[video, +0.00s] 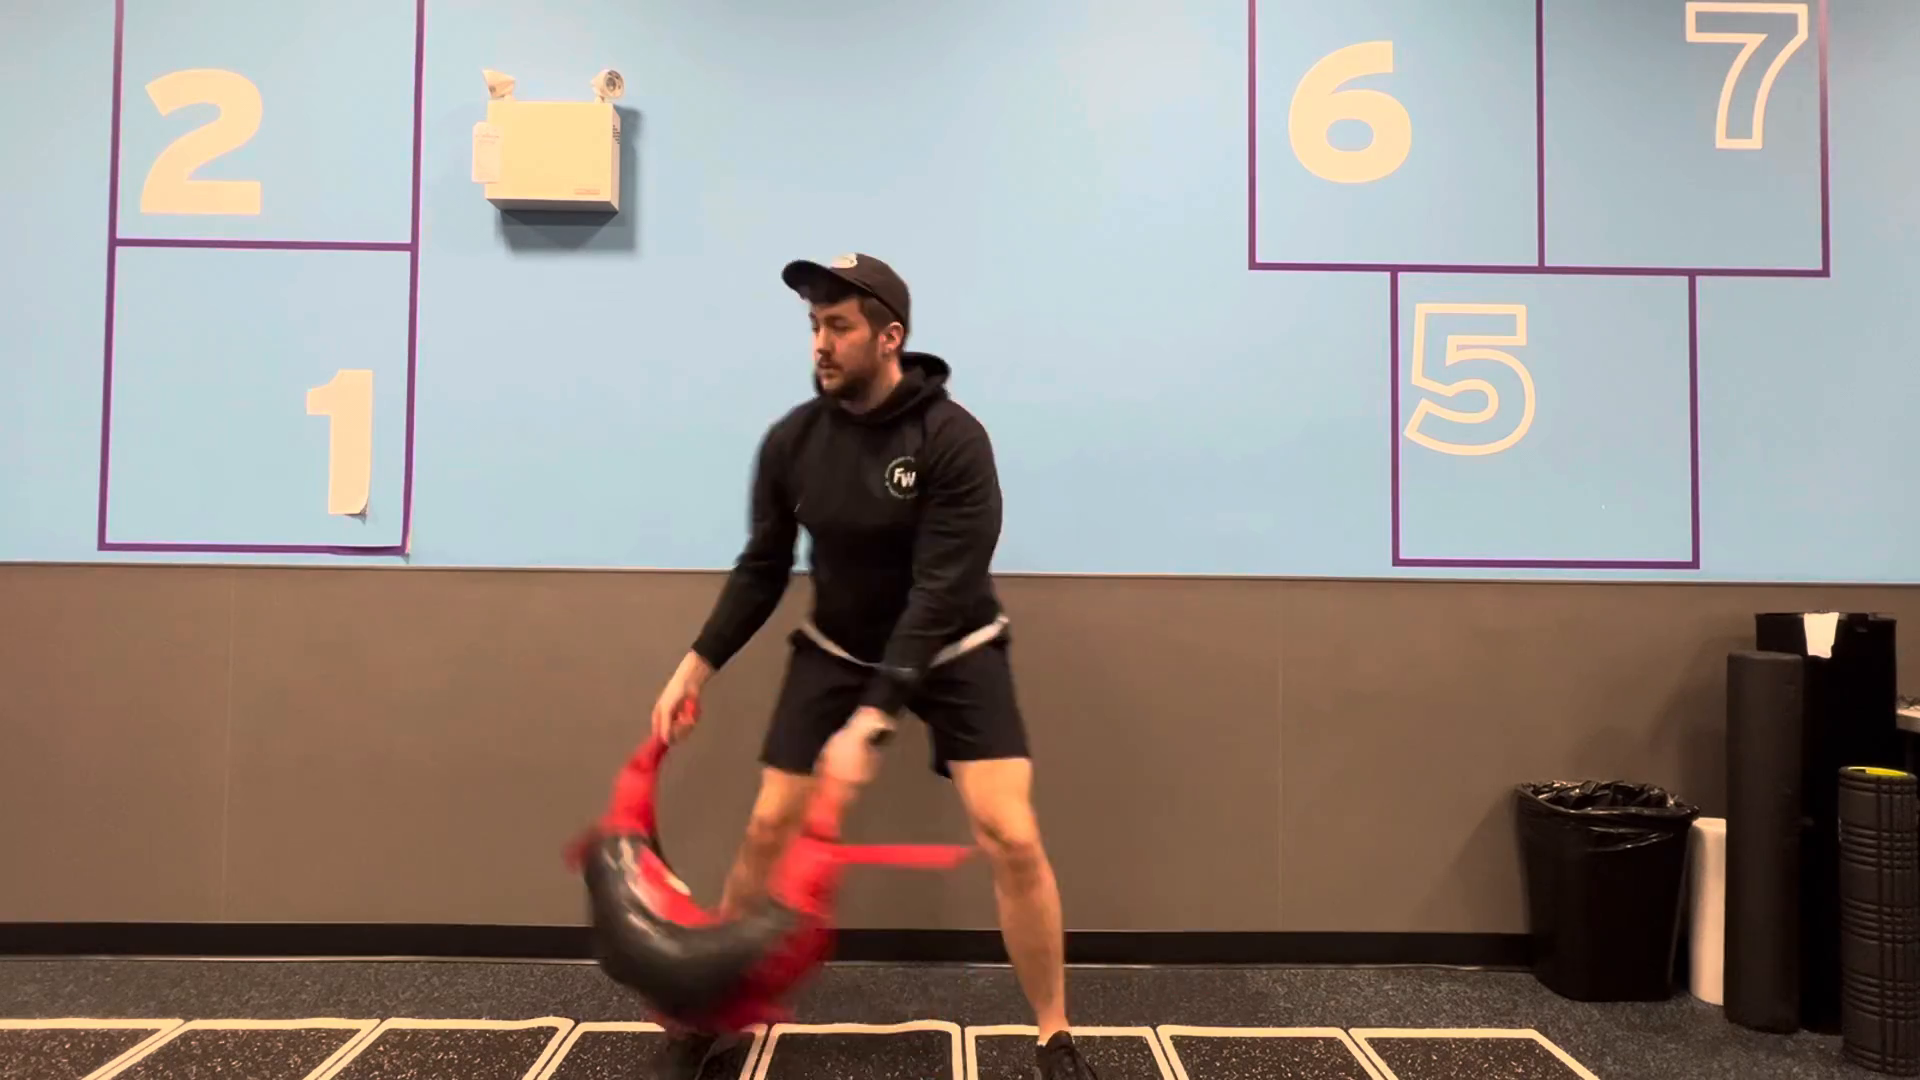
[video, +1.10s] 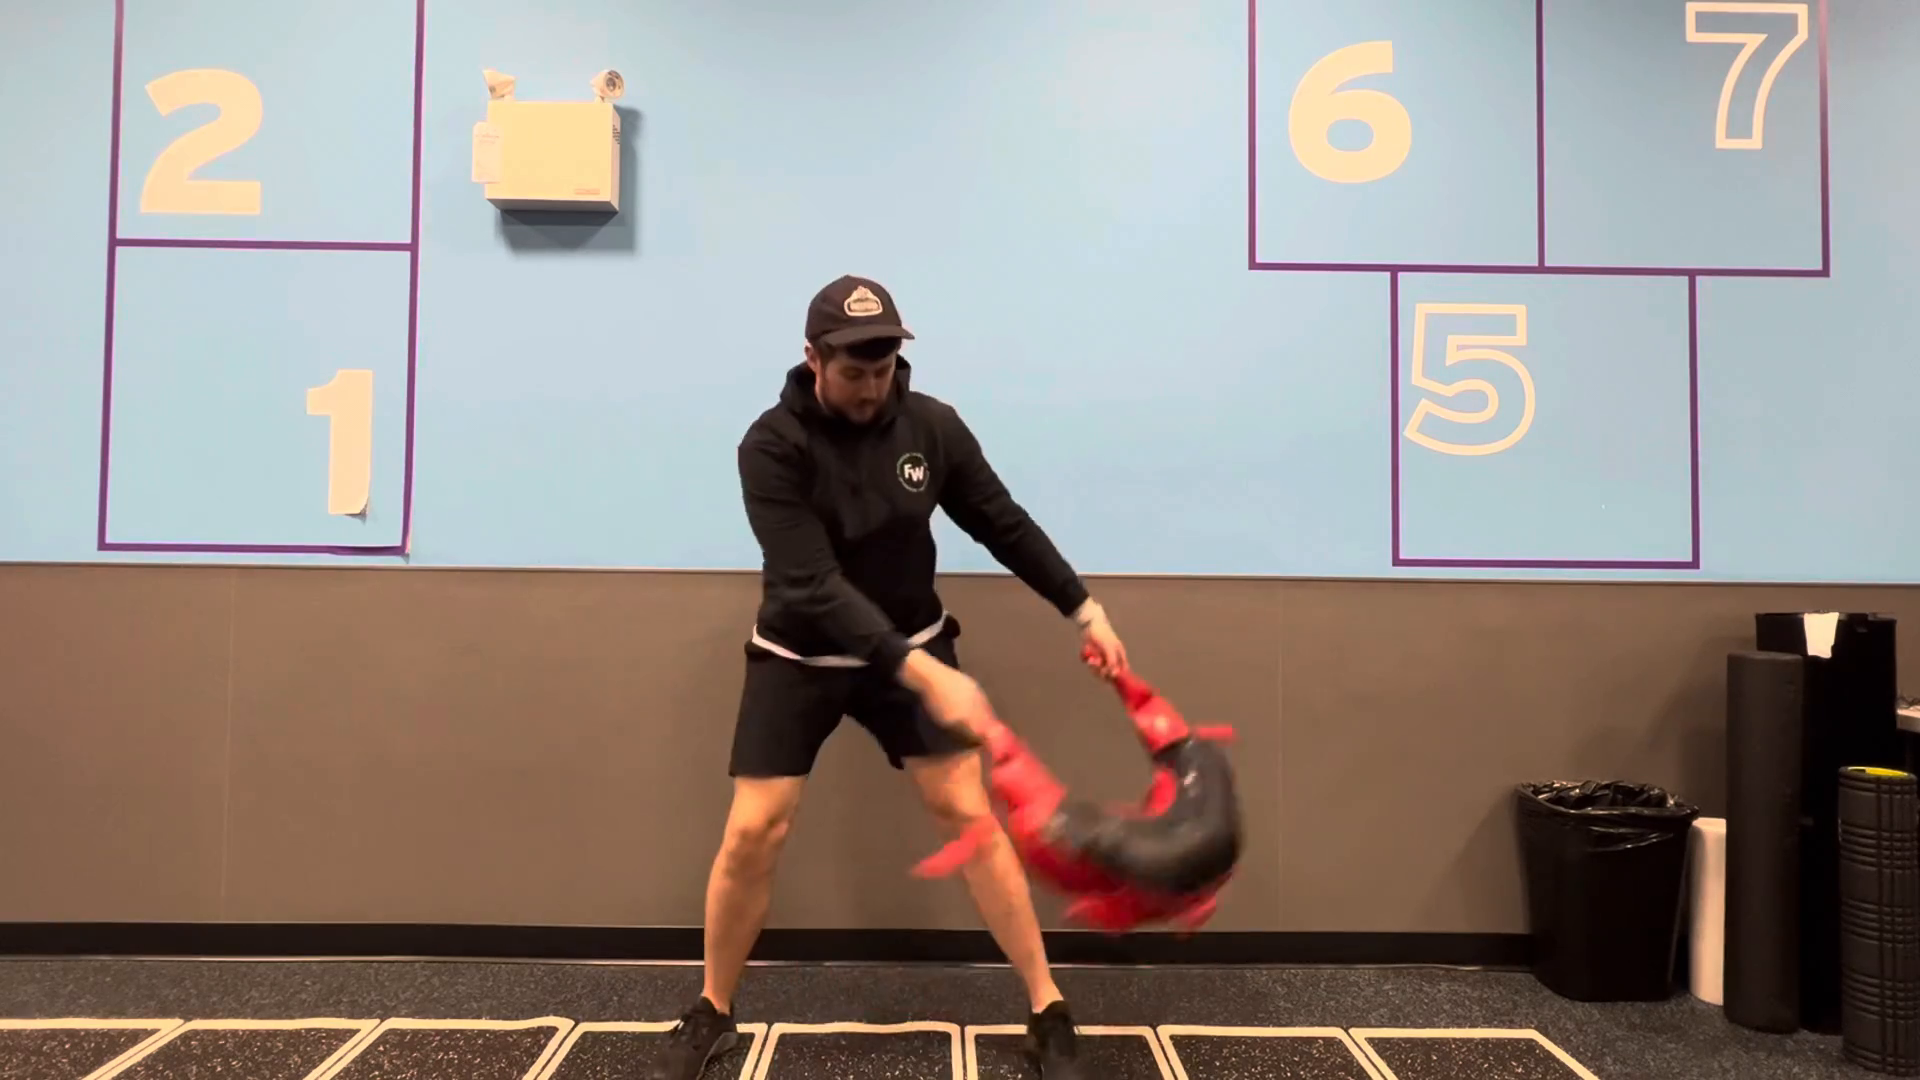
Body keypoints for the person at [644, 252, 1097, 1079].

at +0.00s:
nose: (819, 343)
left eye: (838, 327)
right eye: (815, 326)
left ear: (890, 336)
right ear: (812, 332)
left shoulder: (952, 442)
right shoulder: (790, 443)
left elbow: (939, 596)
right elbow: (761, 567)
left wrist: (867, 721)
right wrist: (695, 666)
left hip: (953, 647)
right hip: (839, 647)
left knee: (1012, 837)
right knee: (767, 824)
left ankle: (1055, 1037)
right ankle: (715, 1015)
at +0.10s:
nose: (837, 367)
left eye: (852, 352)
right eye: (837, 351)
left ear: (908, 358)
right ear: (879, 361)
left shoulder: (969, 468)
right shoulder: (844, 462)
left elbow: (884, 607)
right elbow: (816, 571)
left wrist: (759, 699)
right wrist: (722, 636)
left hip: (1008, 679)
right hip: (893, 673)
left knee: (1054, 864)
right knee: (808, 843)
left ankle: (1059, 1046)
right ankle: (717, 1012)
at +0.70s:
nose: (899, 385)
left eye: (916, 369)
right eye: (894, 369)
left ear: (969, 376)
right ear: (891, 374)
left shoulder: (1012, 479)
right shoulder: (882, 470)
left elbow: (935, 614)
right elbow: (847, 572)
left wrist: (806, 684)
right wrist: (760, 639)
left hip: (1029, 685)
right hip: (916, 682)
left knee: (1069, 872)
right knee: (820, 851)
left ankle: (1058, 1046)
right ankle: (718, 1011)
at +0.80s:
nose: (899, 372)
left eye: (917, 353)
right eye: (888, 354)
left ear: (959, 350)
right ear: (876, 355)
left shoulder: (1009, 453)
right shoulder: (854, 443)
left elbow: (977, 597)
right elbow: (813, 555)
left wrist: (900, 706)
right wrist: (747, 648)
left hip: (996, 664)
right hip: (879, 660)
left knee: (1041, 844)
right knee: (799, 832)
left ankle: (1056, 1042)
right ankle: (717, 1009)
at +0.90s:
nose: (888, 354)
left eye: (903, 337)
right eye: (873, 338)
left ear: (930, 336)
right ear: (849, 339)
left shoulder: (977, 434)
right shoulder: (809, 431)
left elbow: (997, 569)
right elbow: (772, 563)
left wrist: (1000, 698)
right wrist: (767, 694)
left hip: (954, 655)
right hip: (836, 654)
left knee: (1006, 817)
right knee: (782, 823)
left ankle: (1061, 1028)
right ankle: (717, 1004)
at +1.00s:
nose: (872, 365)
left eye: (885, 347)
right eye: (854, 350)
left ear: (904, 342)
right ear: (820, 348)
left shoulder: (943, 423)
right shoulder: (777, 439)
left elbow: (1007, 540)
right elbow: (776, 582)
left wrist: (1071, 650)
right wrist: (842, 696)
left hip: (921, 643)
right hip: (806, 649)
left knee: (983, 814)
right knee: (756, 826)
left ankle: (1054, 1011)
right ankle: (713, 1009)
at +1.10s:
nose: (872, 384)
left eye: (885, 365)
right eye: (854, 367)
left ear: (901, 354)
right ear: (813, 359)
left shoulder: (929, 425)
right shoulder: (772, 448)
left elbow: (1000, 520)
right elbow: (813, 588)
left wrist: (1084, 608)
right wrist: (924, 673)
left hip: (910, 647)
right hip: (798, 653)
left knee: (971, 816)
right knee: (750, 832)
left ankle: (1047, 1007)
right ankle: (712, 1009)